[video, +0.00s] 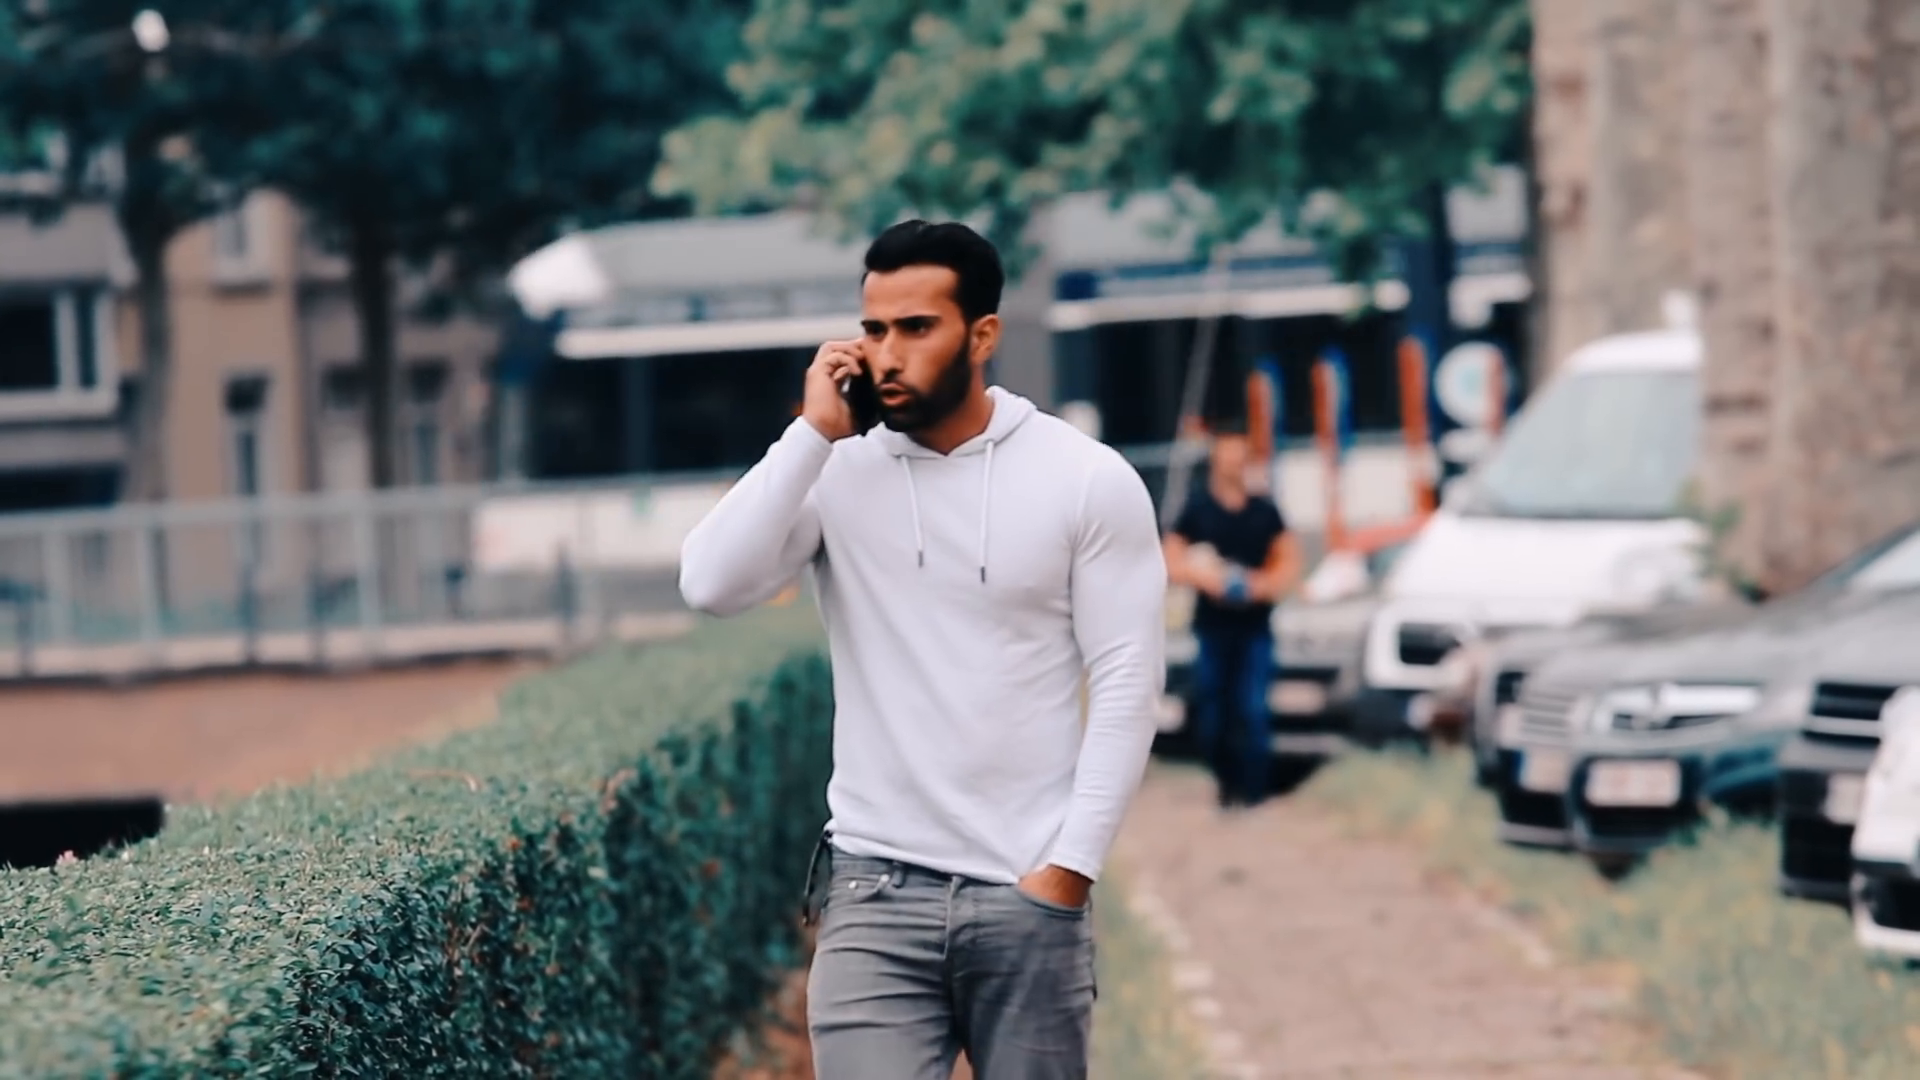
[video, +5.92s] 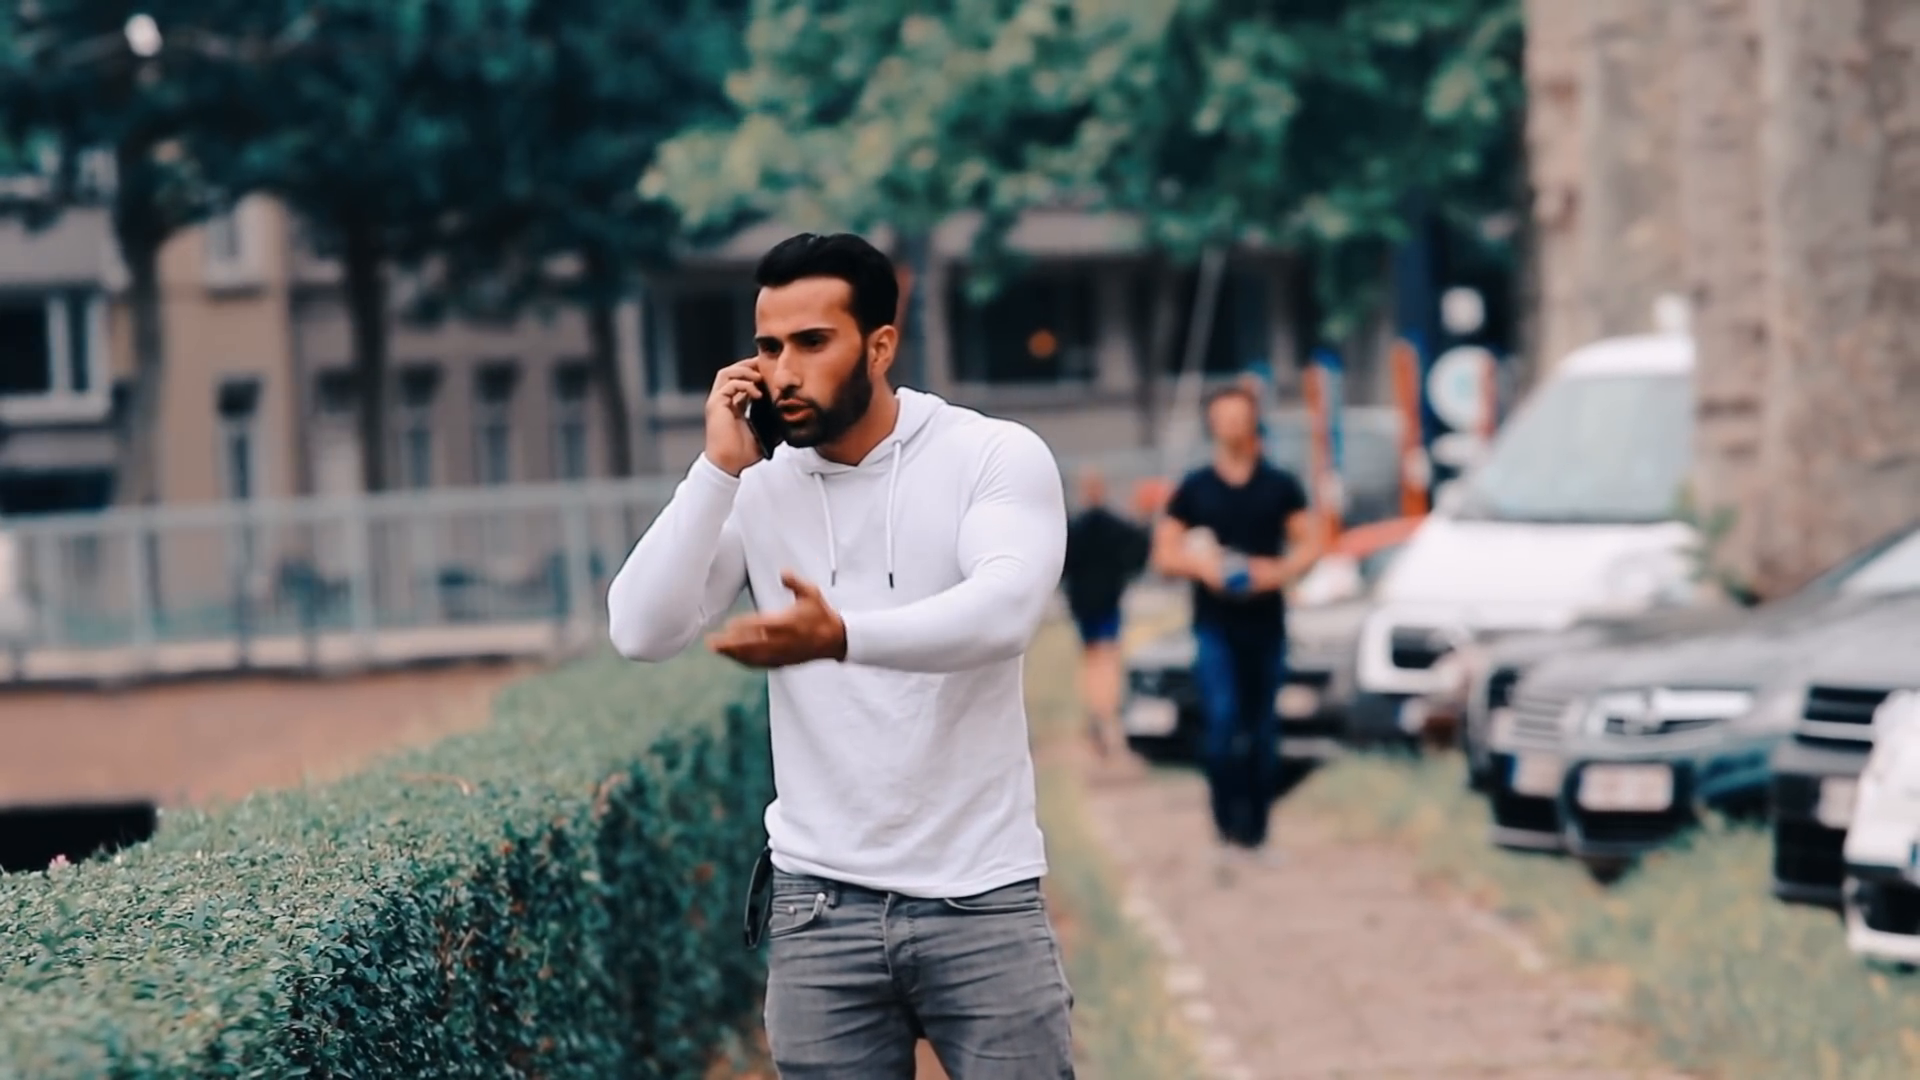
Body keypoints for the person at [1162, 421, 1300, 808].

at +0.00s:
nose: (1233, 461)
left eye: (1239, 453)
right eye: (1226, 453)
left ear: (1247, 458)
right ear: (1214, 457)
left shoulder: (1263, 510)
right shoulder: (1199, 508)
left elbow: (1287, 563)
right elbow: (1172, 559)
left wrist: (1262, 585)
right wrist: (1209, 579)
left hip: (1254, 626)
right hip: (1213, 626)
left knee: (1252, 707)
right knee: (1212, 707)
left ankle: (1253, 786)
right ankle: (1226, 783)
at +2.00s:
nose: (1231, 445)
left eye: (1238, 437)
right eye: (1225, 437)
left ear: (1250, 440)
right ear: (1215, 442)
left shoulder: (1271, 495)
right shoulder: (1201, 496)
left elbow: (1302, 553)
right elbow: (1173, 554)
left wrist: (1266, 574)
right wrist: (1211, 572)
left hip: (1261, 616)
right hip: (1218, 616)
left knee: (1259, 708)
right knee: (1222, 703)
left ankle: (1257, 791)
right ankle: (1232, 784)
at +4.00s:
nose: (1214, 426)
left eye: (1222, 418)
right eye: (1206, 418)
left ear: (1234, 420)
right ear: (1193, 419)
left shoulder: (1257, 475)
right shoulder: (1178, 478)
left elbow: (1283, 536)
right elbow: (1151, 540)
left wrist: (1246, 559)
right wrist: (1187, 556)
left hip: (1244, 602)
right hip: (1197, 602)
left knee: (1239, 700)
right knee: (1204, 696)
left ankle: (1238, 793)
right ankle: (1213, 795)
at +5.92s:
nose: (1232, 428)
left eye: (1240, 419)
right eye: (1223, 420)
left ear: (1254, 424)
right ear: (1211, 425)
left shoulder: (1279, 486)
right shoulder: (1196, 487)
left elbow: (1309, 544)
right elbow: (1165, 553)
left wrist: (1276, 572)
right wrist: (1202, 565)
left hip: (1264, 620)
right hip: (1215, 619)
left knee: (1260, 724)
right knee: (1223, 718)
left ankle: (1254, 827)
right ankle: (1230, 826)